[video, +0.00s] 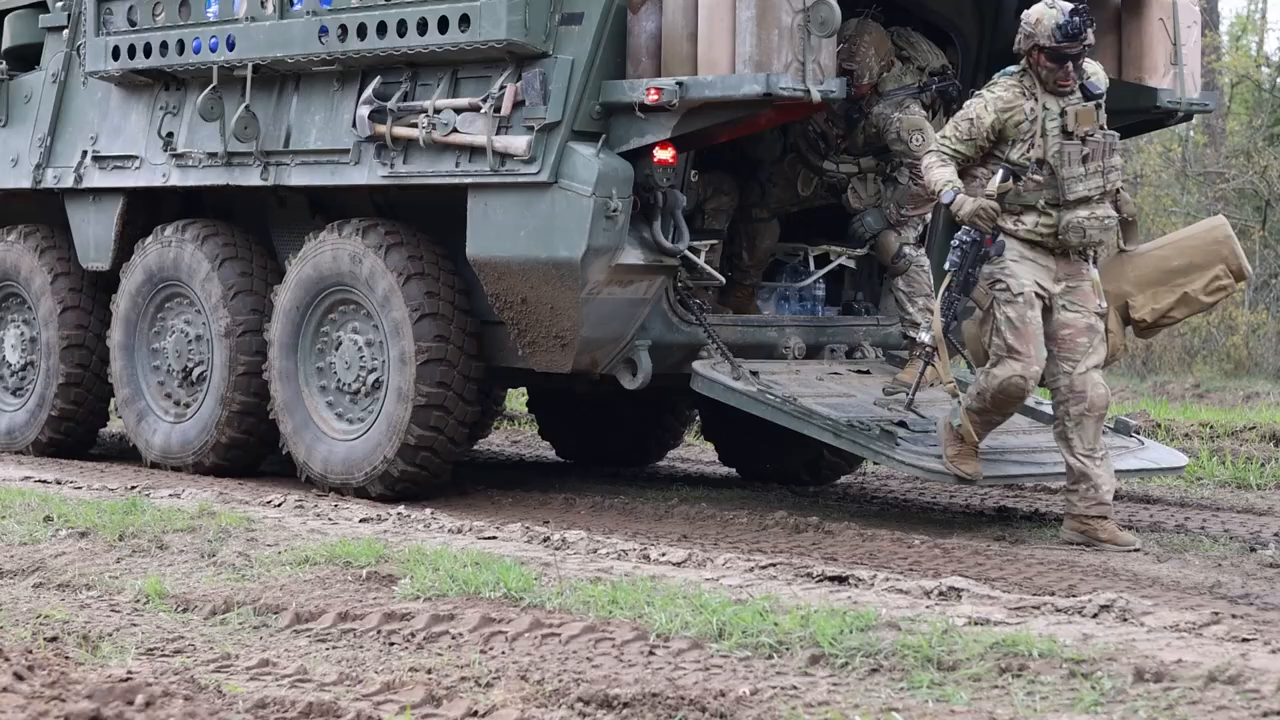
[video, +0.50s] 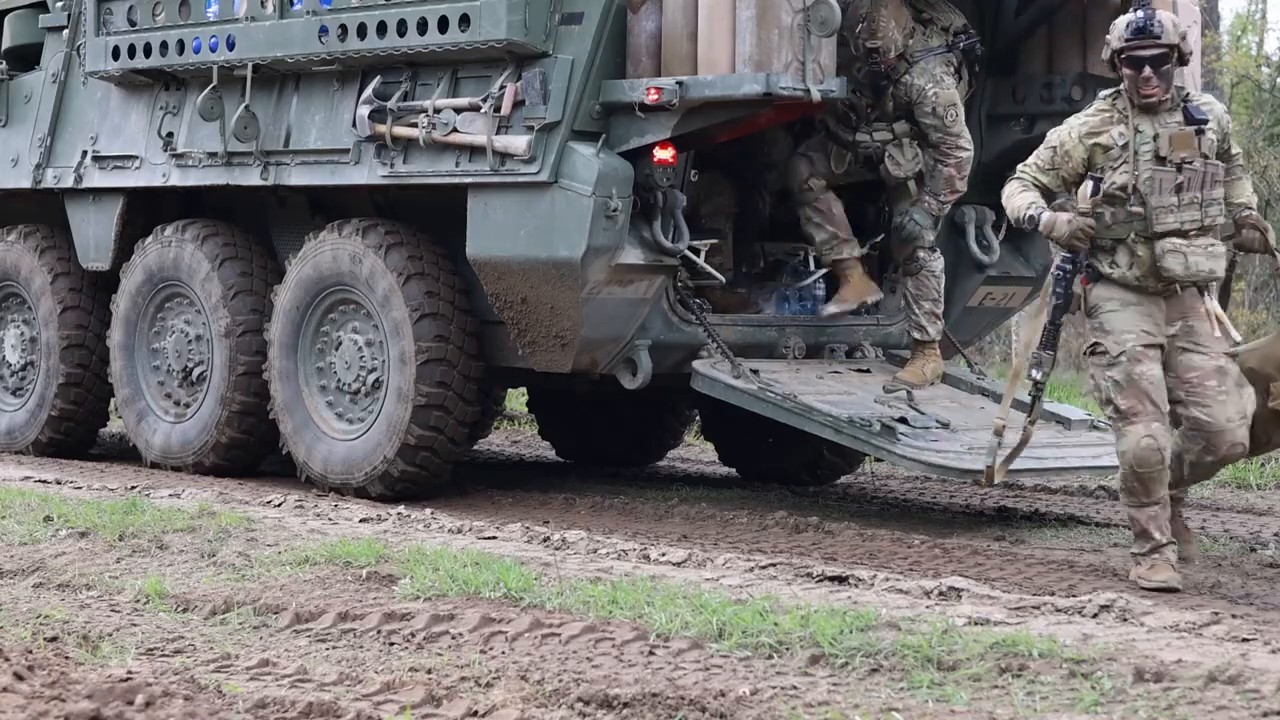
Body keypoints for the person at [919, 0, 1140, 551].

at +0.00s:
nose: (1069, 66)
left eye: (1077, 56)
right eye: (1057, 56)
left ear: (1086, 53)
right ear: (1029, 52)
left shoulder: (1088, 96)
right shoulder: (1003, 96)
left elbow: (1100, 160)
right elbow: (938, 154)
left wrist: (1114, 199)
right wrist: (955, 197)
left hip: (1078, 261)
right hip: (1018, 254)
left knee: (1085, 388)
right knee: (1018, 374)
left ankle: (1089, 511)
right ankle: (966, 429)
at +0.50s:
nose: (1149, 73)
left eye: (1160, 61)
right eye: (1136, 63)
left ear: (1176, 61)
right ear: (1118, 67)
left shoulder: (1207, 116)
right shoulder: (1091, 127)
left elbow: (1235, 175)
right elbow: (1016, 189)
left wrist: (1247, 218)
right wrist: (1045, 216)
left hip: (1193, 297)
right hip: (1120, 298)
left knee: (1225, 433)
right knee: (1146, 436)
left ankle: (1167, 491)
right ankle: (1153, 551)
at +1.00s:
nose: (1210, 65)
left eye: (1222, 52)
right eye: (1197, 54)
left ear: (1243, 51)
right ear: (1180, 58)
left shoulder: (1267, 110)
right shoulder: (1155, 118)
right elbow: (1084, 200)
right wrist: (1132, 193)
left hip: (1264, 298)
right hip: (1190, 297)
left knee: (1271, 444)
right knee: (1221, 426)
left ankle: (1263, 573)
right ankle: (1219, 550)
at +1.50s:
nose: (1222, 6)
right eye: (1211, 0)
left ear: (1255, 4)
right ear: (1192, 3)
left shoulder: (1275, 51)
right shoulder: (1148, 58)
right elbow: (1089, 155)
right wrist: (1154, 133)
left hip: (1269, 265)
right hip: (1187, 266)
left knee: (1271, 428)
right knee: (1185, 448)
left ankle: (1269, 569)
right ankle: (1223, 579)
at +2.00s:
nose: (1200, 7)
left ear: (1242, 4)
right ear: (1171, 3)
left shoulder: (1269, 59)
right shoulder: (1132, 62)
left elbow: (1276, 193)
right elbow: (1082, 185)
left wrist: (1265, 277)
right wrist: (1122, 116)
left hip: (1253, 284)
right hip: (1151, 286)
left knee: (1258, 459)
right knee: (1126, 443)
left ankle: (1266, 627)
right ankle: (1138, 642)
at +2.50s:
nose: (1067, 13)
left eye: (1086, 3)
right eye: (1056, 1)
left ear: (1117, 12)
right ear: (1040, 6)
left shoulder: (1162, 106)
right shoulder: (980, 75)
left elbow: (1180, 238)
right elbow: (924, 193)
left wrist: (1089, 287)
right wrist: (984, 160)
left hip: (1098, 347)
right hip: (992, 339)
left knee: (1076, 519)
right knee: (1004, 516)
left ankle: (1040, 698)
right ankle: (1128, 678)